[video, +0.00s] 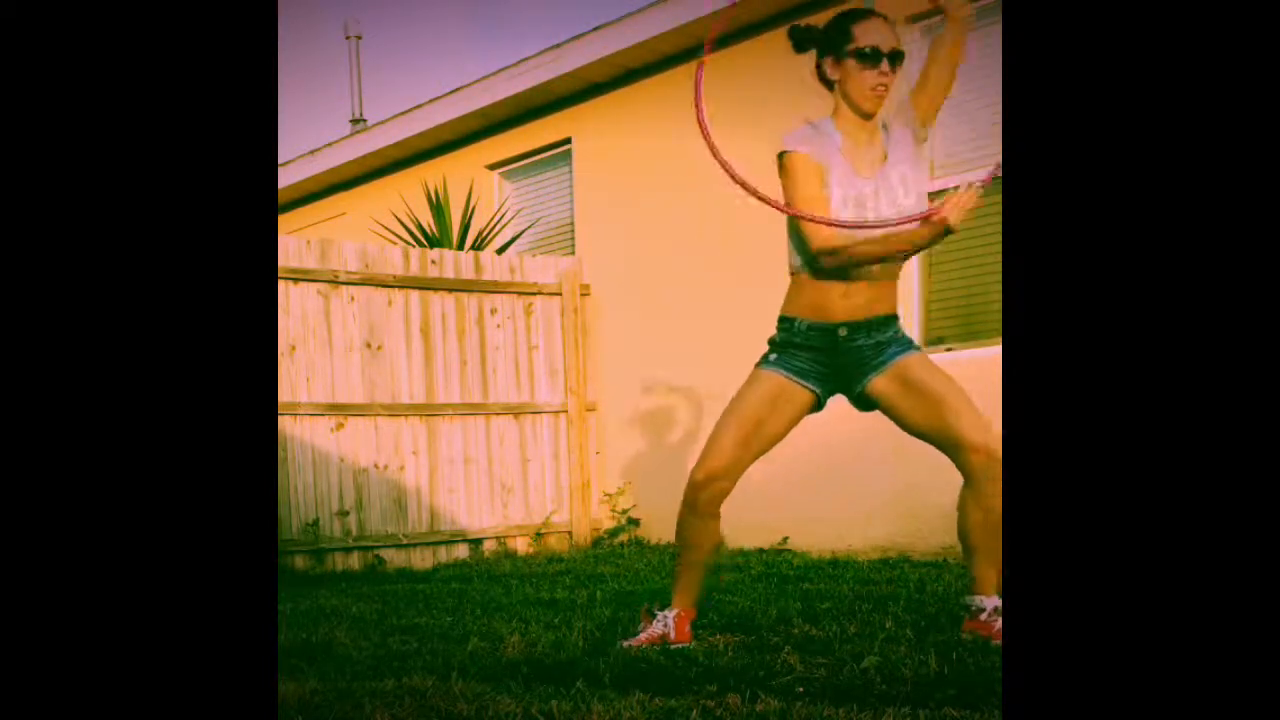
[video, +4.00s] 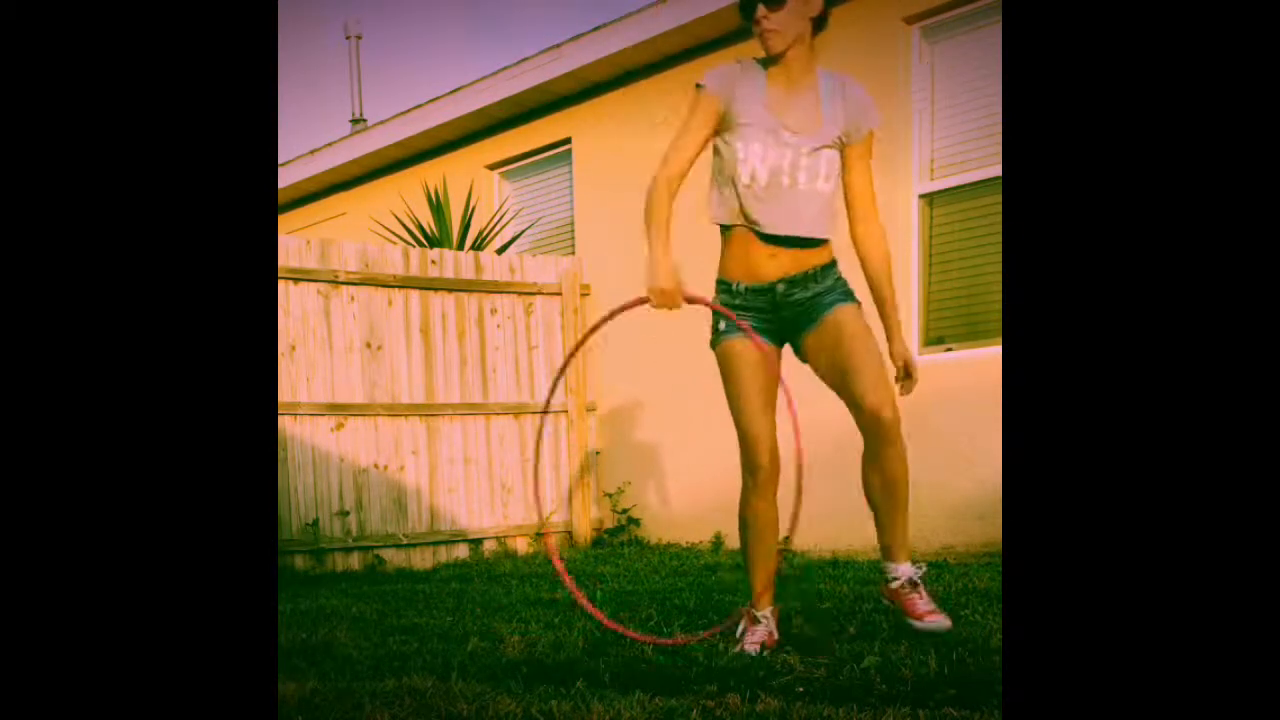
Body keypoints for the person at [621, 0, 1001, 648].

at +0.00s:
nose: (884, 72)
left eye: (892, 59)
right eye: (868, 59)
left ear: (900, 70)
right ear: (831, 68)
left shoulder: (907, 133)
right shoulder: (806, 147)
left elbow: (958, 26)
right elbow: (824, 248)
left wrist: (938, 7)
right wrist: (934, 228)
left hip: (881, 344)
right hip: (801, 347)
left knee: (986, 450)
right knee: (706, 480)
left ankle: (987, 609)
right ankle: (677, 620)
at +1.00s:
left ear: (785, 8)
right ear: (730, 7)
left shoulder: (807, 82)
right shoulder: (700, 48)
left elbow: (811, 156)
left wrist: (730, 129)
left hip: (777, 288)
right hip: (699, 288)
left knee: (774, 460)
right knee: (686, 451)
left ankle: (785, 613)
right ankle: (675, 602)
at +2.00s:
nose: (791, 65)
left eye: (806, 50)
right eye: (776, 50)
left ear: (828, 44)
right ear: (758, 44)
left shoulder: (843, 107)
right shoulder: (733, 95)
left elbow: (856, 207)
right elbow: (627, 139)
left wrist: (840, 228)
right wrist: (621, 180)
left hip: (809, 293)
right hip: (737, 294)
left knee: (804, 457)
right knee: (688, 143)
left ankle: (791, 611)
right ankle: (796, 233)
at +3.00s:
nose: (753, 32)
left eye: (767, 18)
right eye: (739, 18)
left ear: (785, 17)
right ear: (721, 17)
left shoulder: (816, 77)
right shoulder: (696, 93)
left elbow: (893, 163)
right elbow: (617, 184)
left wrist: (878, 100)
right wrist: (615, 107)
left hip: (810, 287)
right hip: (732, 291)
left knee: (802, 459)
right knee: (758, 455)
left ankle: (798, 616)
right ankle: (744, 609)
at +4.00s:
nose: (761, 15)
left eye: (777, 3)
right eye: (756, 5)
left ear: (816, 8)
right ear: (751, 13)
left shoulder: (846, 99)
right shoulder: (726, 86)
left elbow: (866, 221)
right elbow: (663, 181)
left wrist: (895, 331)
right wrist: (661, 266)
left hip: (820, 291)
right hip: (741, 299)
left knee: (883, 414)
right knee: (759, 462)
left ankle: (899, 573)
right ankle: (761, 616)